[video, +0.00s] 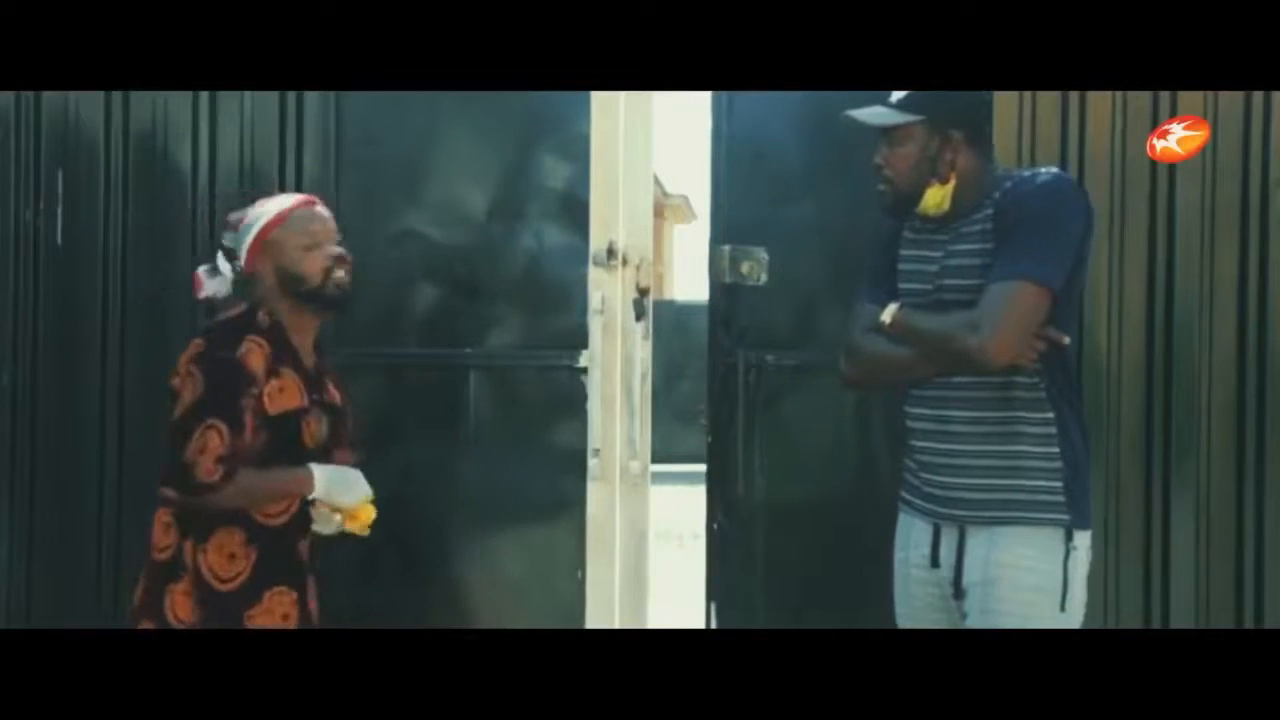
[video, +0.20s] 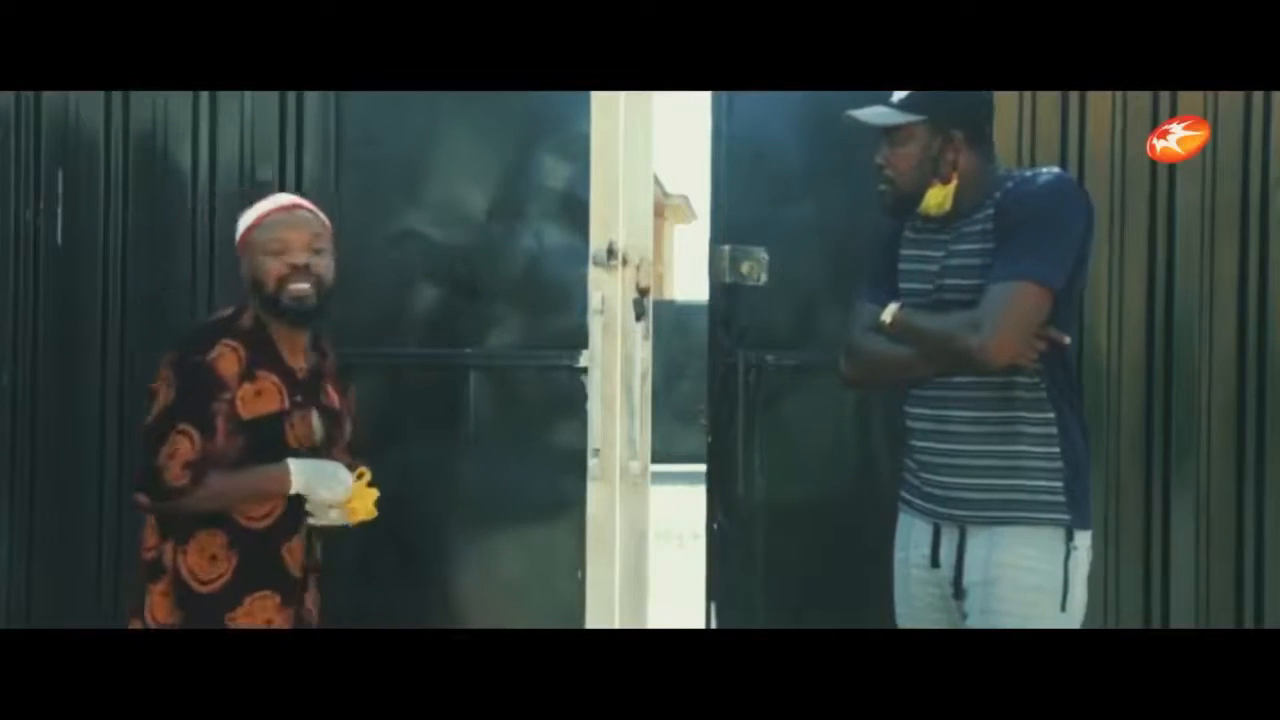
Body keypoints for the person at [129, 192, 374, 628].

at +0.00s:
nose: (338, 255)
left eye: (337, 244)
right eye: (313, 247)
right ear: (262, 267)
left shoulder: (312, 362)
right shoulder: (227, 354)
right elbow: (199, 485)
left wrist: (325, 508)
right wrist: (313, 482)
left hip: (284, 604)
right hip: (214, 609)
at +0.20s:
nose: (300, 264)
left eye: (316, 251)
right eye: (278, 252)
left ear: (334, 264)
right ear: (246, 266)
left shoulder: (323, 359)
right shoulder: (207, 358)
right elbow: (165, 490)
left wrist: (335, 497)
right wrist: (293, 478)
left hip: (291, 606)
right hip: (204, 609)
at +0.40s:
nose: (255, 270)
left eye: (277, 255)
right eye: (236, 255)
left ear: (303, 271)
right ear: (213, 270)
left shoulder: (330, 369)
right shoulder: (177, 363)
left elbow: (364, 469)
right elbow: (118, 486)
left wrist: (338, 501)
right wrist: (239, 485)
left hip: (293, 611)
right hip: (182, 610)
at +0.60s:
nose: (218, 271)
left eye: (242, 258)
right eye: (201, 257)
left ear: (273, 272)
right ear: (181, 271)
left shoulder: (322, 371)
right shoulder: (143, 372)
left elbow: (363, 478)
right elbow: (86, 486)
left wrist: (324, 519)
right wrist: (174, 497)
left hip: (285, 612)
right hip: (166, 612)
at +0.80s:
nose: (290, 265)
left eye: (289, 252)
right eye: (266, 253)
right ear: (210, 270)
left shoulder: (317, 372)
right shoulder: (144, 372)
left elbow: (355, 477)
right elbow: (71, 473)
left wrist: (349, 522)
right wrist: (112, 496)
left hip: (283, 615)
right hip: (163, 613)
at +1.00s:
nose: (329, 262)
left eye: (323, 249)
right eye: (308, 252)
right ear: (255, 272)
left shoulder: (324, 376)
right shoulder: (185, 369)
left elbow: (325, 496)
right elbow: (95, 482)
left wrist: (350, 528)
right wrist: (181, 500)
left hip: (286, 615)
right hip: (181, 616)